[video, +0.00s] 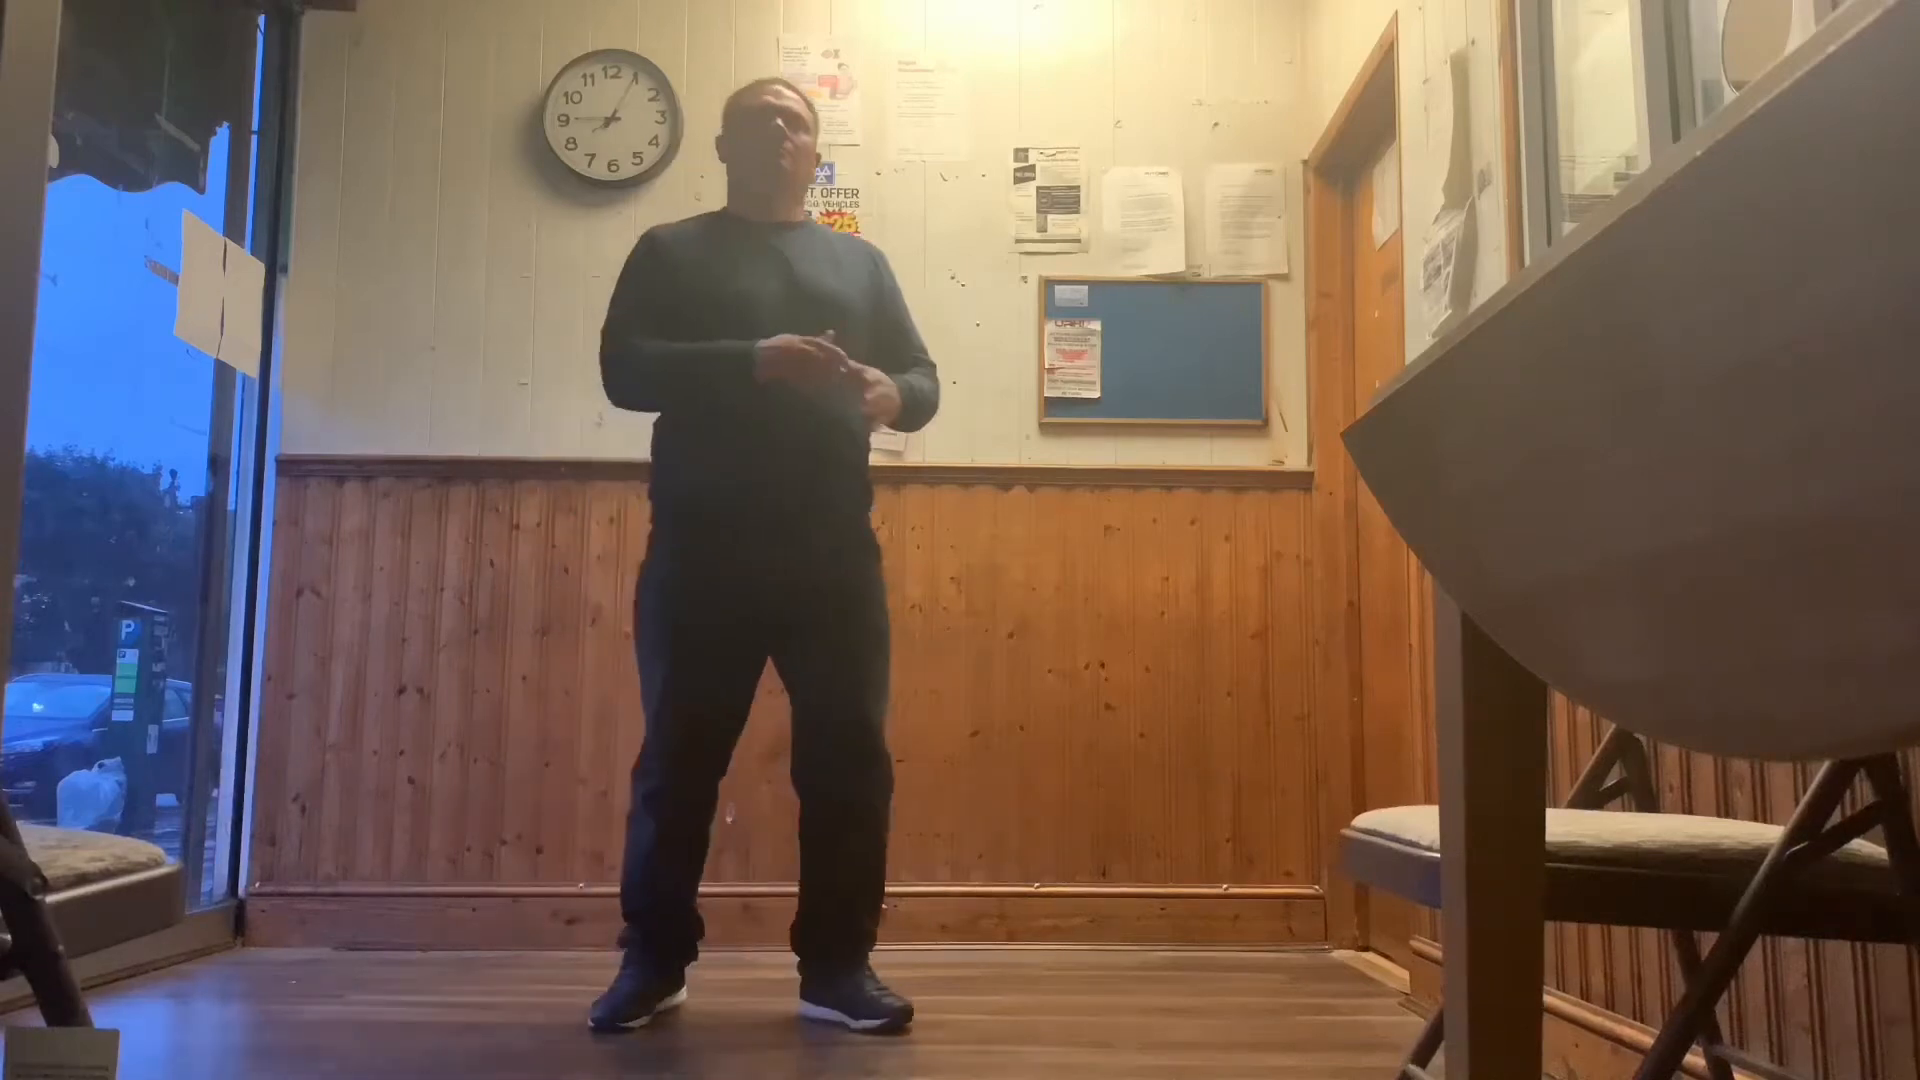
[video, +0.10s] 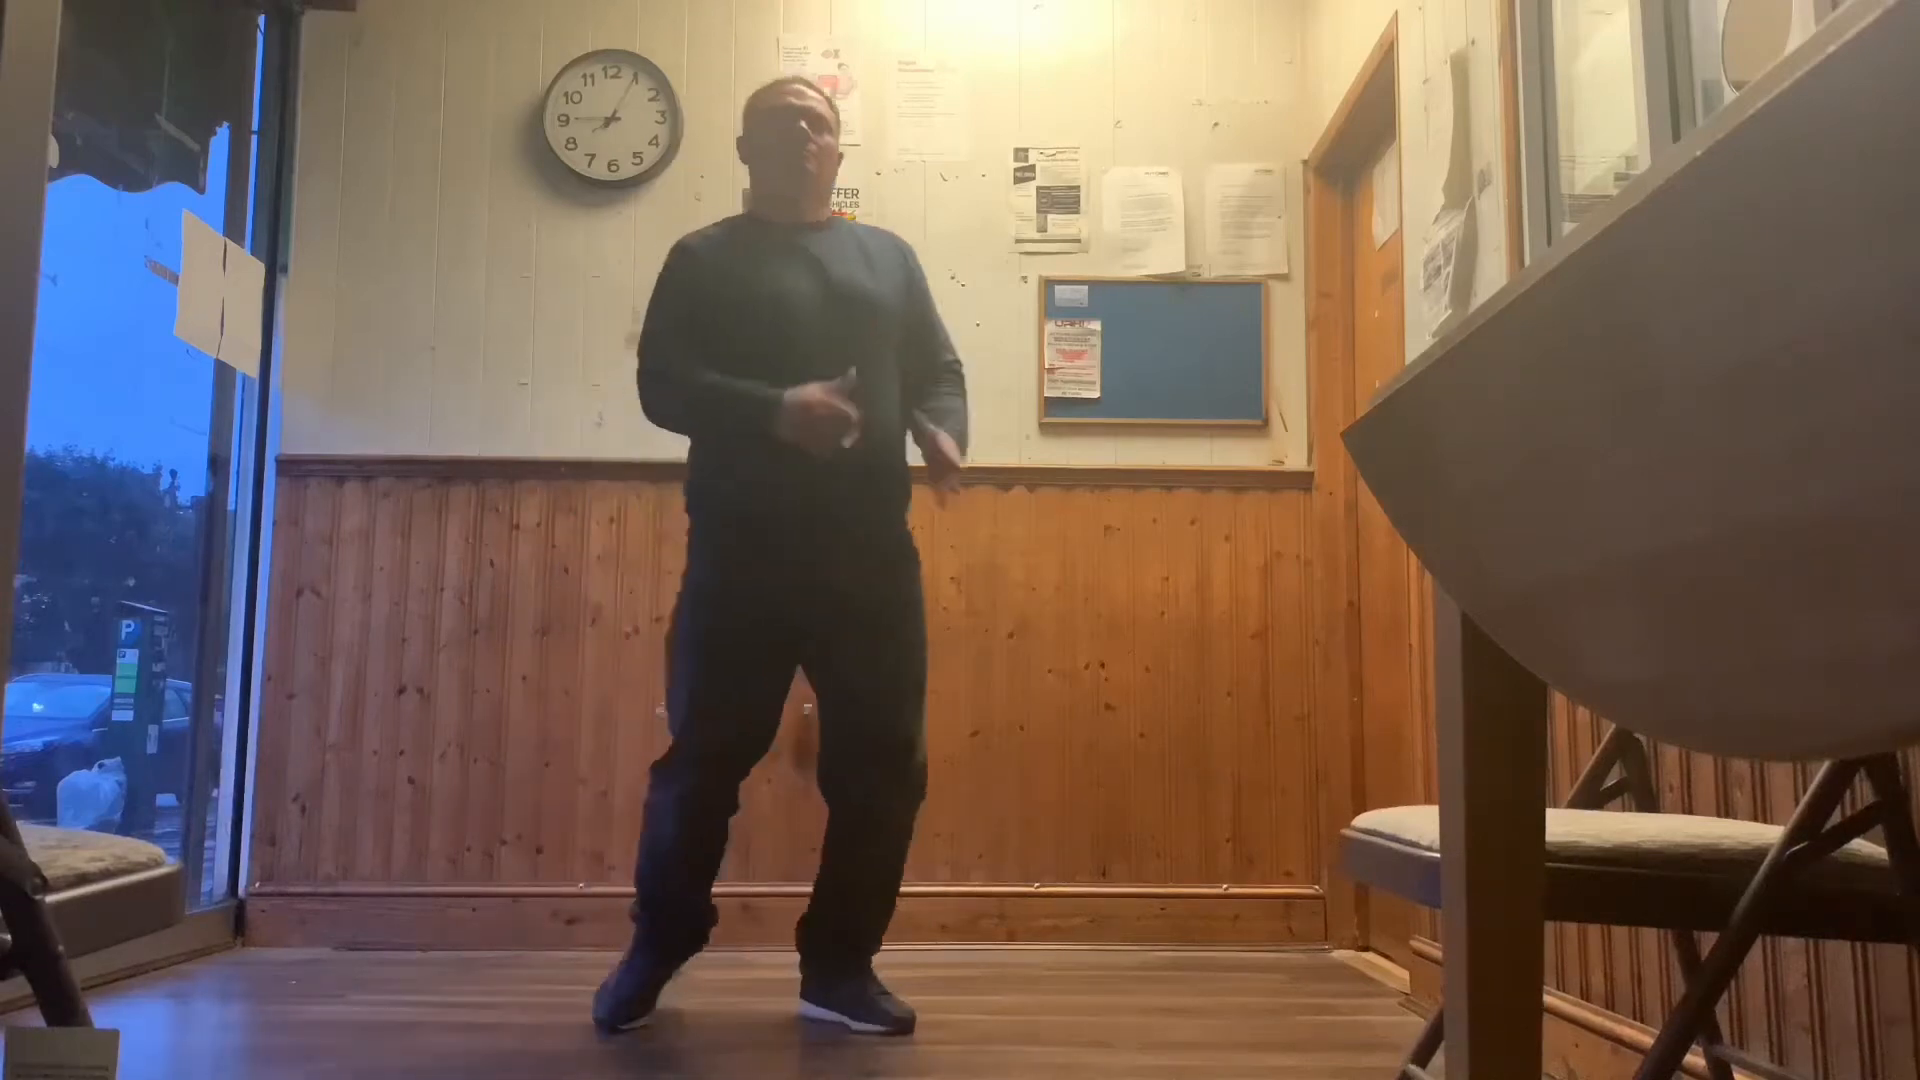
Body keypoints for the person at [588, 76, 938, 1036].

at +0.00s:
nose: (778, 128)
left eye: (794, 120)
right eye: (757, 115)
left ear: (818, 156)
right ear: (720, 149)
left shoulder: (859, 263)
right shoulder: (670, 251)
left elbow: (922, 385)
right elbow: (623, 372)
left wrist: (894, 395)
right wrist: (756, 359)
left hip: (831, 553)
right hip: (702, 551)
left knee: (851, 765)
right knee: (676, 766)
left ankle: (837, 971)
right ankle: (651, 965)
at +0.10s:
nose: (811, 133)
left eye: (822, 123)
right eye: (788, 120)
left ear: (842, 153)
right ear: (744, 150)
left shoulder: (889, 258)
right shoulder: (702, 259)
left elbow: (936, 370)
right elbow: (663, 387)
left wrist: (939, 422)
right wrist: (776, 408)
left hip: (868, 557)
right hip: (741, 557)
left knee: (882, 777)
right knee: (702, 759)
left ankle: (838, 972)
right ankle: (660, 941)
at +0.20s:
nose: (830, 124)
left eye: (841, 110)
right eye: (806, 111)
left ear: (861, 133)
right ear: (762, 135)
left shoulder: (909, 231)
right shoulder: (722, 244)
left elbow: (974, 357)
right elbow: (672, 363)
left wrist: (1038, 471)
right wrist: (679, 457)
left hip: (895, 534)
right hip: (772, 530)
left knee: (912, 752)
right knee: (768, 735)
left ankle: (848, 956)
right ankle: (739, 933)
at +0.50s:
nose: (875, 186)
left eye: (885, 170)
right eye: (851, 170)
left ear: (903, 189)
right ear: (803, 193)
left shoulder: (948, 276)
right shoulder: (753, 288)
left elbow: (1052, 278)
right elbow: (607, 312)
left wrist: (1153, 278)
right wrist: (444, 303)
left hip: (962, 576)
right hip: (842, 586)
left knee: (1022, 803)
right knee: (931, 756)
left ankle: (910, 936)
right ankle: (966, 1021)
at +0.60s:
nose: (869, 149)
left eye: (881, 136)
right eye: (848, 137)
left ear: (903, 164)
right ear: (812, 169)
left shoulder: (947, 270)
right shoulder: (758, 277)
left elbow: (1055, 349)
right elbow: (627, 372)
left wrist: (1178, 392)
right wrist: (472, 425)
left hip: (932, 555)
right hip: (812, 560)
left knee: (981, 775)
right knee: (887, 764)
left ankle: (896, 940)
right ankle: (958, 1010)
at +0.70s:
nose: (845, 132)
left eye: (863, 121)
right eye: (824, 122)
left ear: (892, 158)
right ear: (794, 158)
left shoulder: (931, 270)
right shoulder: (745, 265)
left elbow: (1003, 388)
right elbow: (677, 376)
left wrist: (1086, 472)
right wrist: (602, 447)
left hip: (899, 542)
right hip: (778, 540)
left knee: (945, 757)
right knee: (823, 726)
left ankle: (900, 959)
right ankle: (870, 977)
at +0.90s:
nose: (767, 87)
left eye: (786, 76)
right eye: (751, 75)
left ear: (818, 108)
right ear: (726, 106)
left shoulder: (858, 198)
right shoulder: (678, 192)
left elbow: (927, 305)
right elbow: (556, 253)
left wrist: (855, 248)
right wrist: (613, 181)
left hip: (830, 500)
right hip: (706, 496)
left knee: (860, 721)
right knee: (650, 694)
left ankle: (871, 940)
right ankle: (636, 871)